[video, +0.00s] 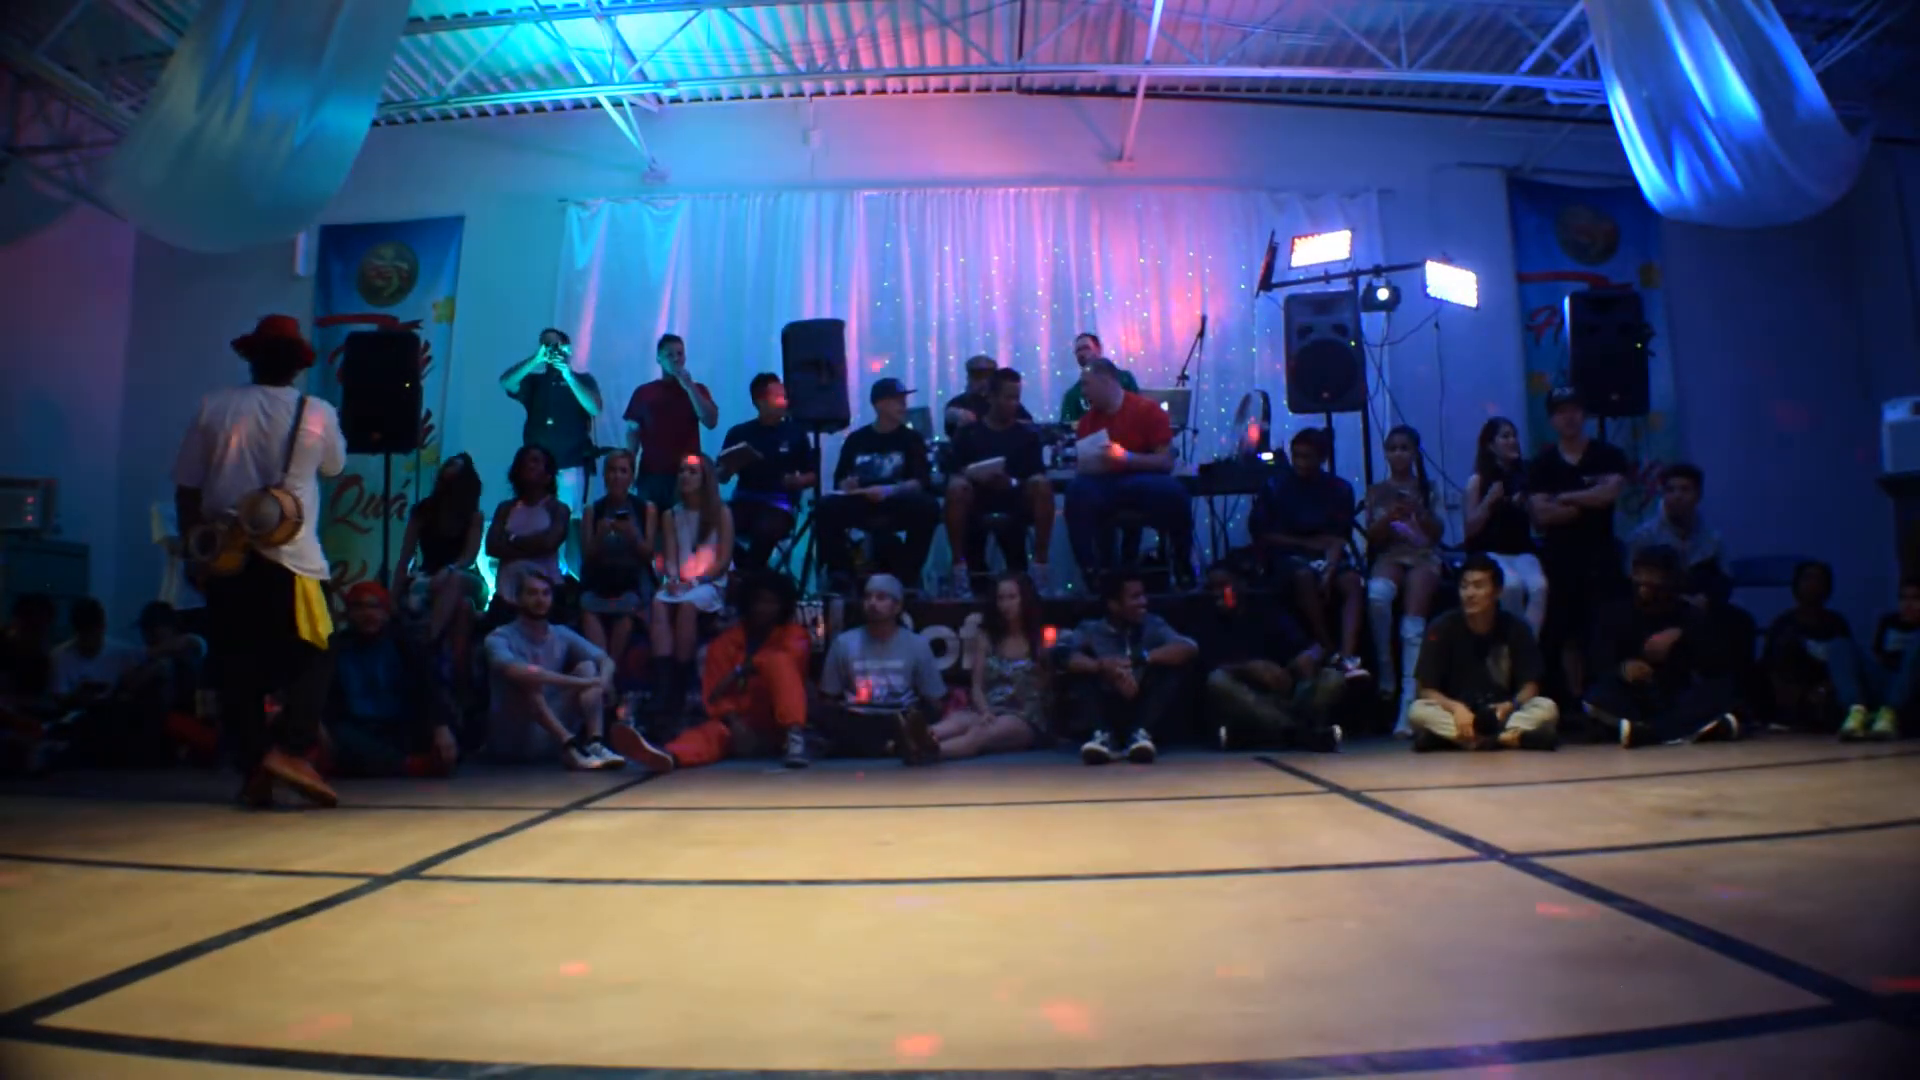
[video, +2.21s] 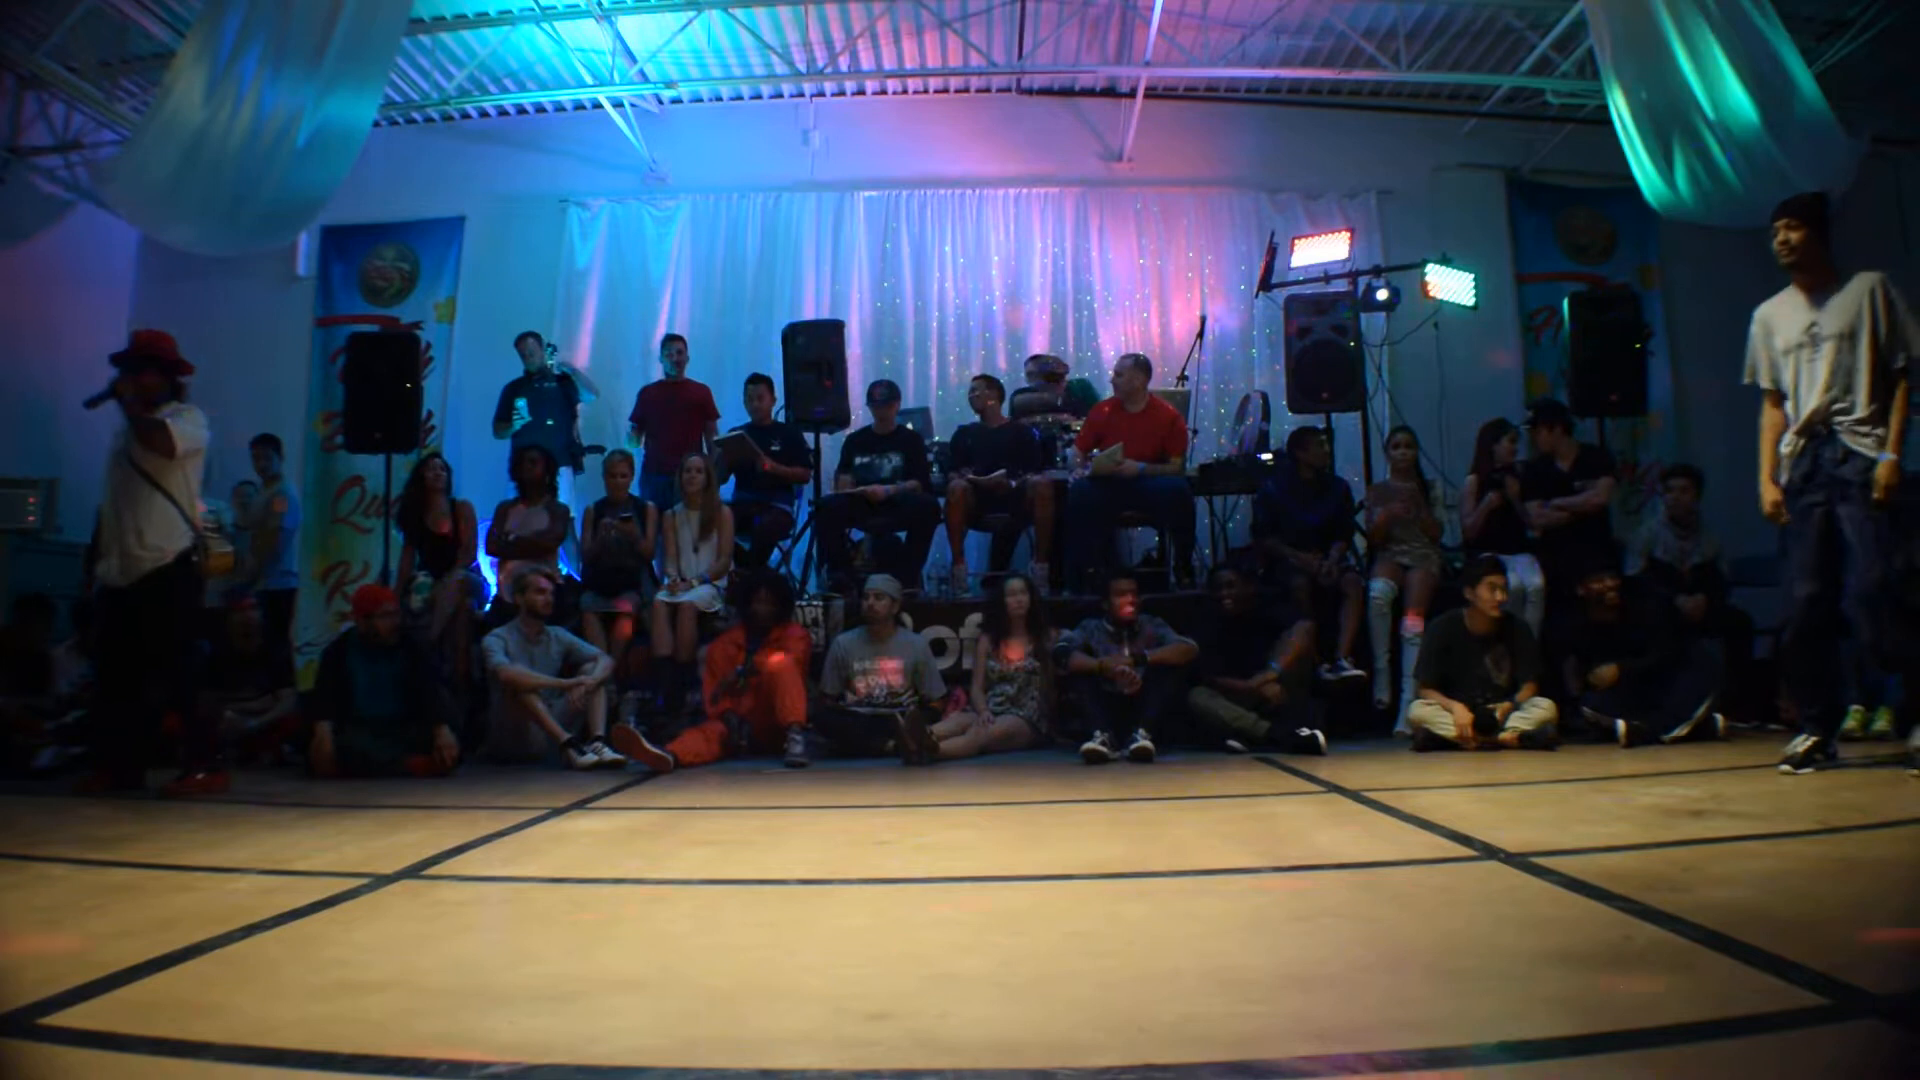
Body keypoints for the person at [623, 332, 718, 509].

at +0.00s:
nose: (676, 359)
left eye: (679, 354)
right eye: (669, 355)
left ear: (684, 356)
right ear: (659, 359)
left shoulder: (697, 390)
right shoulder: (644, 393)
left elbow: (710, 421)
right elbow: (632, 434)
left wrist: (689, 387)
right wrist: (628, 473)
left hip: (687, 476)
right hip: (652, 474)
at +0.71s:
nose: (677, 360)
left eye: (681, 354)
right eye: (671, 355)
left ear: (686, 357)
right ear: (660, 359)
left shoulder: (698, 392)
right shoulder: (644, 393)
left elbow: (713, 429)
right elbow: (633, 436)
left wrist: (691, 410)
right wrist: (628, 473)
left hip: (688, 476)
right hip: (653, 473)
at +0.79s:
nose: (669, 360)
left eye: (674, 354)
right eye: (664, 356)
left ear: (684, 357)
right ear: (659, 360)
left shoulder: (699, 393)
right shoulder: (645, 393)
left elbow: (713, 431)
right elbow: (634, 434)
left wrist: (690, 423)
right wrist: (629, 471)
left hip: (688, 476)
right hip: (653, 473)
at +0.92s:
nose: (659, 361)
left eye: (664, 355)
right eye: (656, 356)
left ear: (680, 356)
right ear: (654, 360)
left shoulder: (699, 393)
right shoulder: (644, 393)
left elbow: (711, 433)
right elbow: (634, 433)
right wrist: (628, 469)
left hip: (686, 476)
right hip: (652, 473)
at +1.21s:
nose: (656, 361)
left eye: (661, 355)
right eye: (655, 356)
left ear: (679, 356)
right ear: (653, 360)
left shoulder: (699, 393)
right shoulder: (645, 392)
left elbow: (711, 435)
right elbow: (634, 434)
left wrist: (715, 473)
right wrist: (628, 471)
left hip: (687, 478)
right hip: (651, 475)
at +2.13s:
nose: (674, 359)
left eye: (680, 353)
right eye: (668, 354)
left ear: (687, 358)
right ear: (661, 359)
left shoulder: (701, 392)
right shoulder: (648, 393)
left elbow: (711, 436)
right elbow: (637, 435)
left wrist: (712, 474)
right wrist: (627, 470)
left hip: (690, 477)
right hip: (655, 475)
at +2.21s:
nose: (675, 359)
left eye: (679, 353)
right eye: (669, 354)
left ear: (687, 357)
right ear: (661, 359)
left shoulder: (701, 392)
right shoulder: (648, 393)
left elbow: (712, 436)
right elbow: (635, 436)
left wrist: (714, 473)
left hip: (689, 477)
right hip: (654, 475)